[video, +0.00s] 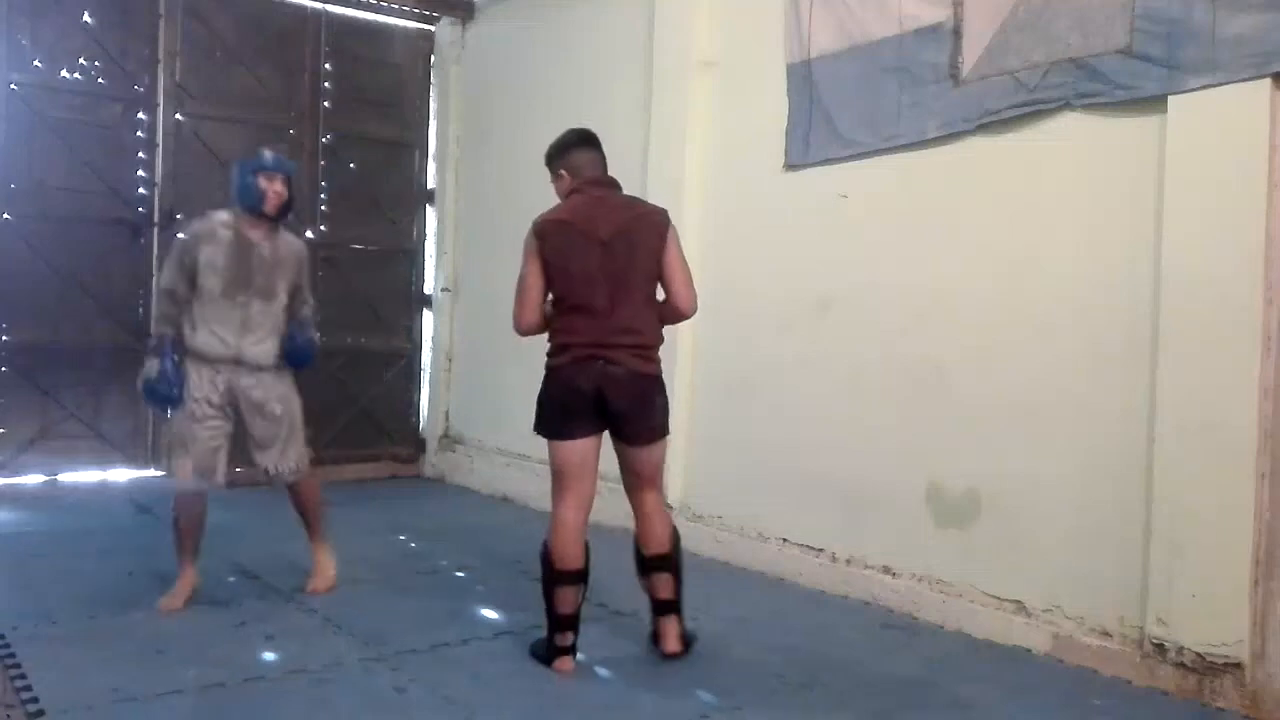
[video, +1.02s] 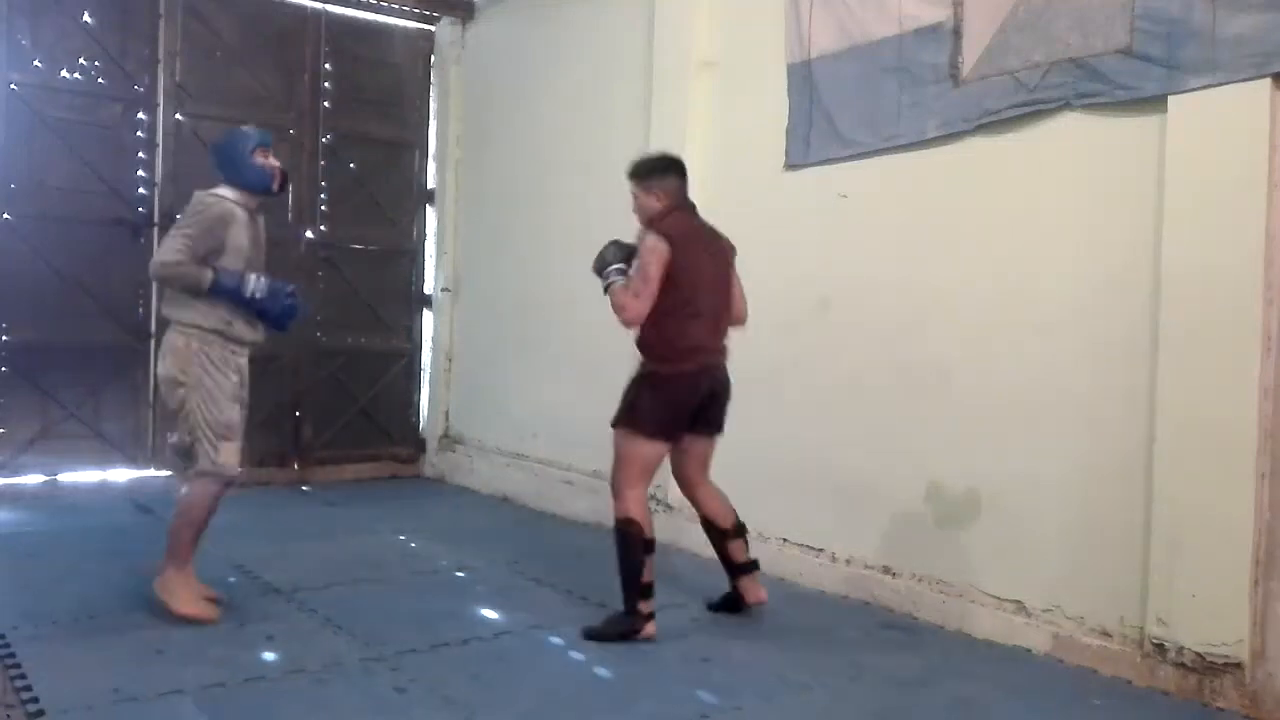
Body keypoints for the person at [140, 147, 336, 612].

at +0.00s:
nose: (274, 188)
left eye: (282, 181)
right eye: (265, 178)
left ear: (289, 193)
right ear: (245, 182)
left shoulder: (293, 250)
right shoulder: (203, 233)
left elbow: (302, 306)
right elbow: (169, 294)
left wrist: (303, 336)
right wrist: (163, 352)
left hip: (267, 372)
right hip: (202, 368)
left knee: (292, 467)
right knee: (189, 475)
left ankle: (321, 552)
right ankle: (186, 572)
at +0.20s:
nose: (260, 173)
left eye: (266, 165)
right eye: (250, 163)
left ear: (271, 175)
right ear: (226, 167)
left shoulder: (268, 226)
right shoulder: (187, 211)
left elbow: (272, 276)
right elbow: (129, 257)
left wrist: (274, 305)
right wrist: (136, 321)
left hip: (247, 353)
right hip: (190, 353)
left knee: (269, 453)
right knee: (181, 468)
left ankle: (242, 540)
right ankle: (163, 569)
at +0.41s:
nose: (249, 189)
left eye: (252, 181)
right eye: (239, 180)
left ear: (255, 190)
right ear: (214, 185)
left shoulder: (249, 243)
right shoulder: (179, 231)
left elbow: (242, 301)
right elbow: (122, 288)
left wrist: (260, 324)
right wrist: (153, 335)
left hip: (235, 377)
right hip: (185, 377)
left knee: (225, 476)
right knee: (173, 482)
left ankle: (193, 552)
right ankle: (158, 574)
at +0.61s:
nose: (251, 164)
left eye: (254, 156)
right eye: (241, 154)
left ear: (255, 167)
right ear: (214, 159)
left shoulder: (244, 216)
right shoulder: (183, 204)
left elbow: (233, 279)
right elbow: (146, 270)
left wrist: (265, 297)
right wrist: (214, 288)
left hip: (237, 352)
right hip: (189, 349)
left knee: (220, 465)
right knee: (177, 464)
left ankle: (197, 557)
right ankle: (141, 565)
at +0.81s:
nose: (259, 200)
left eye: (258, 191)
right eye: (247, 192)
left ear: (253, 203)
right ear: (222, 201)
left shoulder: (243, 256)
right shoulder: (199, 248)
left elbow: (238, 321)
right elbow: (178, 315)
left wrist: (280, 330)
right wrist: (243, 321)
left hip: (235, 393)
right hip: (192, 391)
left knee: (232, 495)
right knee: (189, 498)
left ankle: (186, 575)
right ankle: (131, 571)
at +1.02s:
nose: (276, 163)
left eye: (273, 154)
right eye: (264, 155)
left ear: (255, 163)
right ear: (240, 162)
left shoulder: (251, 218)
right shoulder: (216, 206)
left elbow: (235, 282)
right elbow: (165, 262)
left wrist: (268, 304)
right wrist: (238, 284)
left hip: (228, 349)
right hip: (199, 346)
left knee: (220, 467)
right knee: (215, 466)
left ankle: (181, 571)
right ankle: (173, 575)